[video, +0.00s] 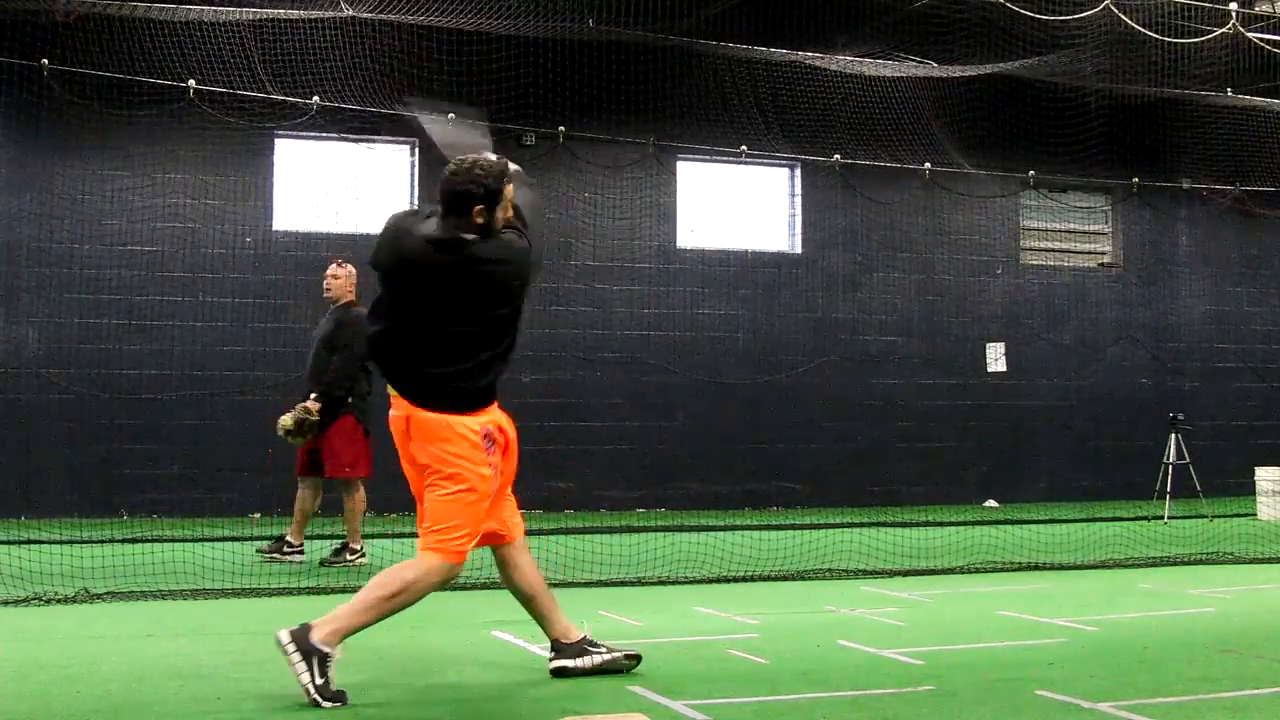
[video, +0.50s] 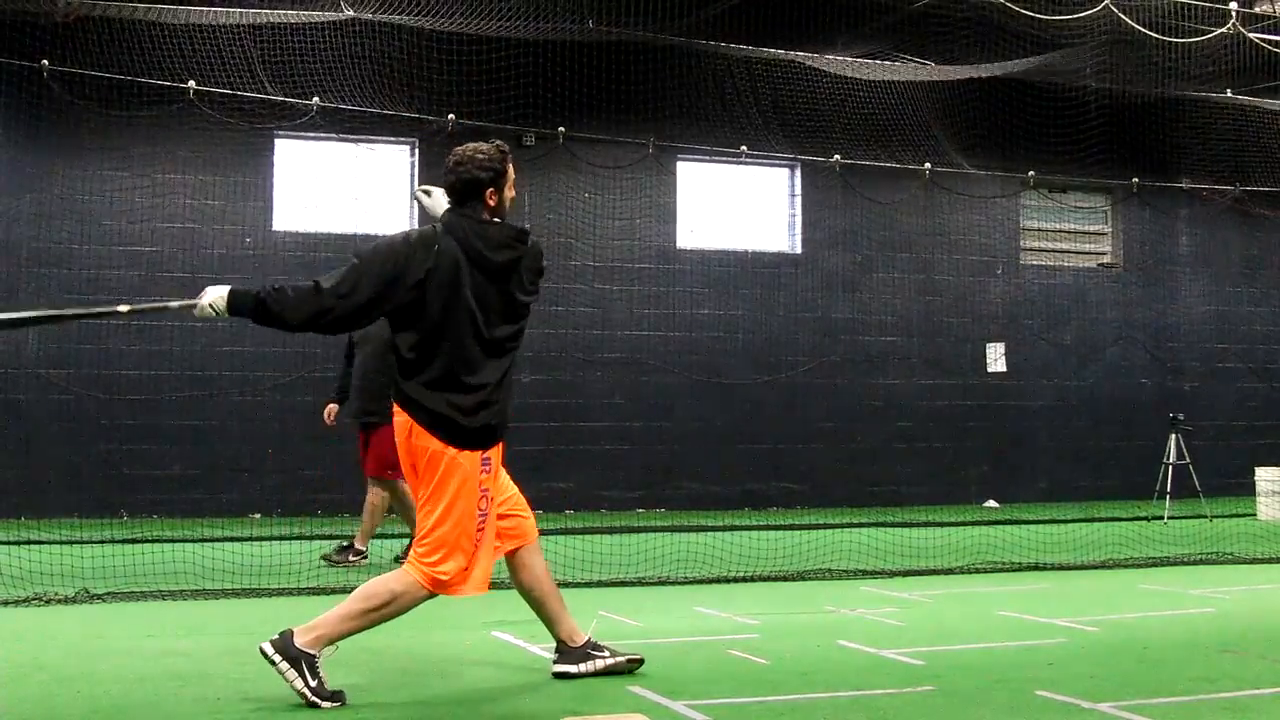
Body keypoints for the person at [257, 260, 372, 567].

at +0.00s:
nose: (326, 282)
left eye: (333, 277)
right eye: (325, 278)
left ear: (350, 283)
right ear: (327, 284)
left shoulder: (355, 318)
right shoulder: (333, 318)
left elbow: (347, 366)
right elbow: (325, 364)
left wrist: (320, 398)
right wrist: (311, 398)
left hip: (347, 409)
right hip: (323, 406)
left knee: (350, 478)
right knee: (308, 475)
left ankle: (354, 546)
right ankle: (294, 541)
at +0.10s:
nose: (343, 282)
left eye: (350, 276)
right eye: (339, 276)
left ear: (365, 282)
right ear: (334, 281)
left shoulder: (367, 318)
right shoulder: (335, 316)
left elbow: (365, 369)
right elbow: (330, 363)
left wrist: (343, 404)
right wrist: (320, 402)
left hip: (356, 409)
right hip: (326, 406)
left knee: (355, 478)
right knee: (313, 471)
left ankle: (354, 545)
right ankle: (316, 538)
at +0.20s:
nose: (355, 287)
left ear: (371, 288)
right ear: (352, 286)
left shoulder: (376, 320)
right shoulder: (341, 318)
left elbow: (379, 367)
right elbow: (334, 363)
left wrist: (368, 405)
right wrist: (327, 403)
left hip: (364, 406)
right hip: (332, 405)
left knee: (357, 477)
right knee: (319, 469)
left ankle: (356, 544)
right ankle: (356, 526)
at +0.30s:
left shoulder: (382, 328)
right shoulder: (347, 325)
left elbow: (397, 371)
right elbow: (344, 371)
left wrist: (394, 411)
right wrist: (329, 405)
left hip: (370, 415)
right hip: (340, 415)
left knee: (363, 482)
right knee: (338, 476)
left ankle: (355, 547)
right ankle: (390, 522)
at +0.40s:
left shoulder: (391, 323)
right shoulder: (353, 326)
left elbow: (403, 366)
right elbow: (342, 364)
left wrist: (402, 402)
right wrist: (331, 400)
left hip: (380, 409)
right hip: (354, 408)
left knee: (369, 479)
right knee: (371, 480)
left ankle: (356, 546)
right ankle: (409, 529)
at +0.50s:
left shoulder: (401, 320)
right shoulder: (360, 321)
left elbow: (412, 363)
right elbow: (350, 361)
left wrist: (408, 401)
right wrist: (338, 399)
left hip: (391, 408)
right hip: (366, 408)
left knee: (378, 478)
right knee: (392, 480)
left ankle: (360, 545)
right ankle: (422, 536)